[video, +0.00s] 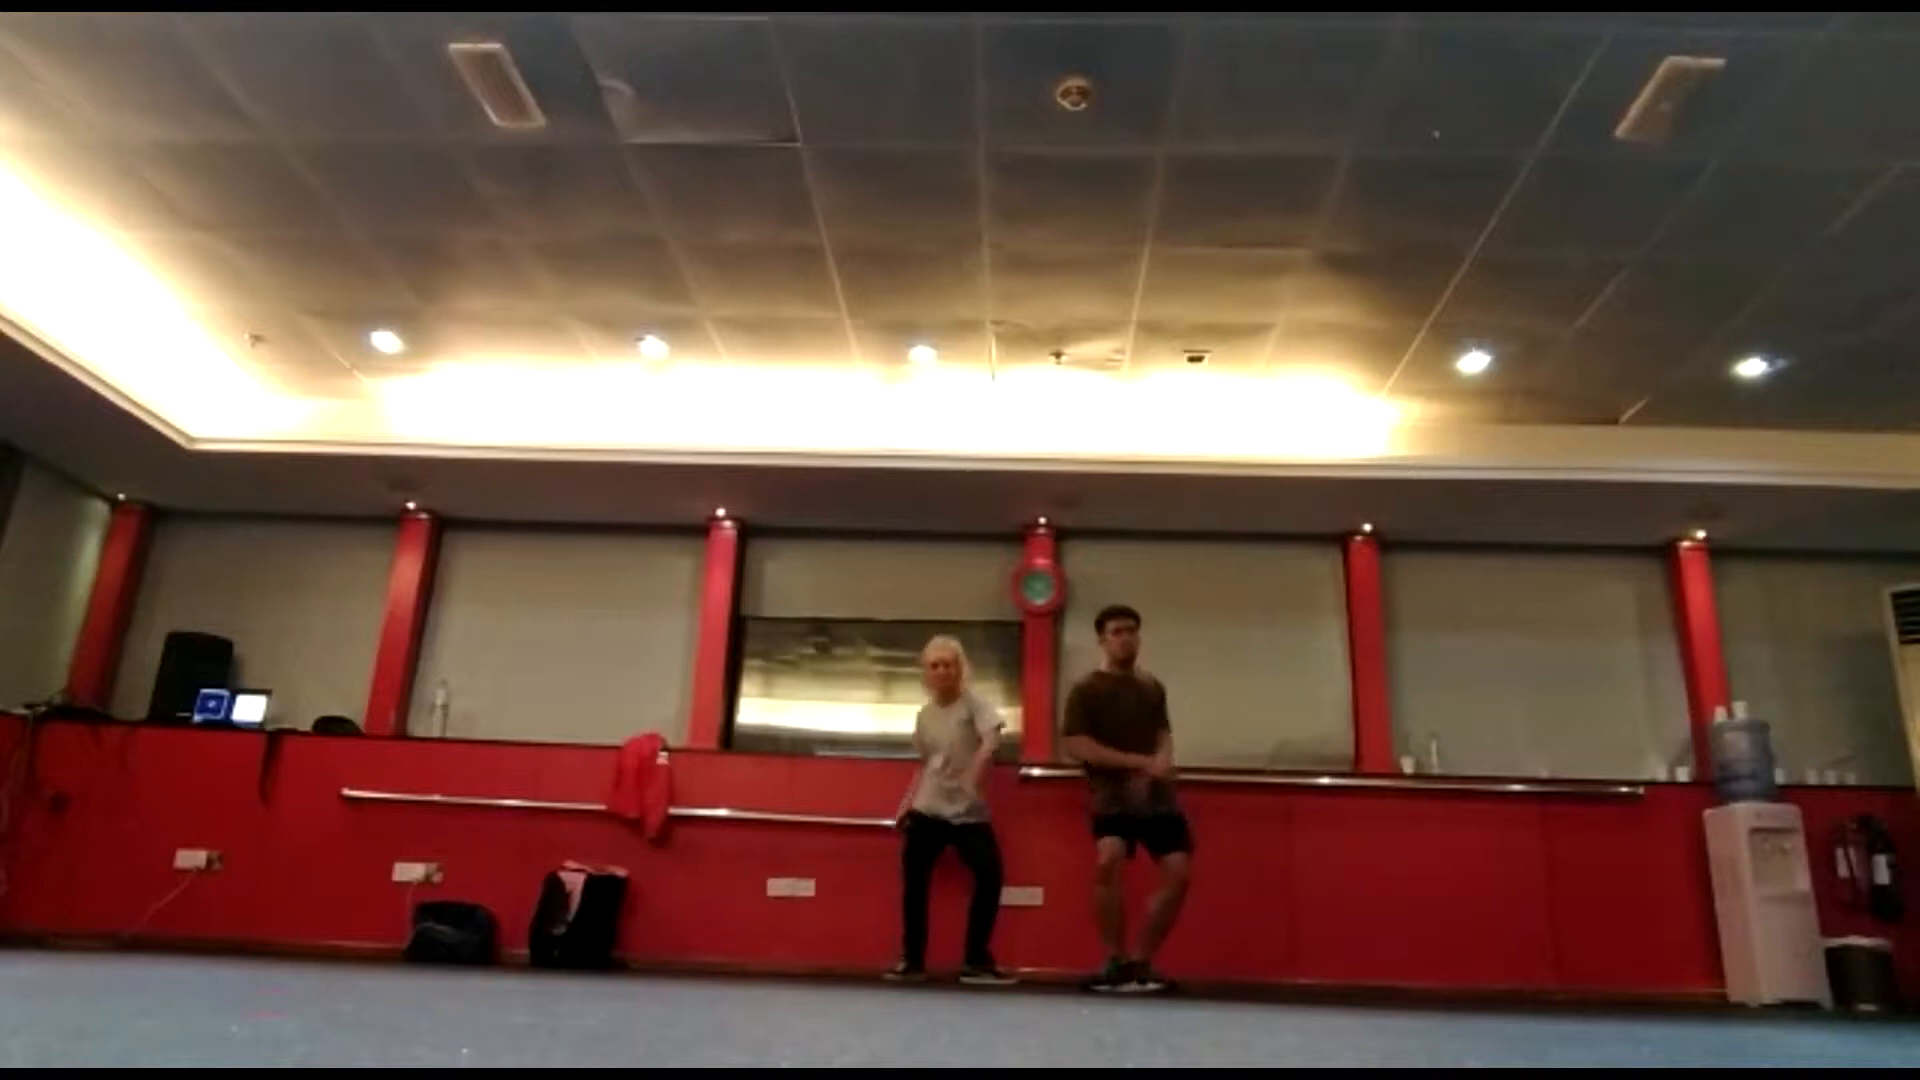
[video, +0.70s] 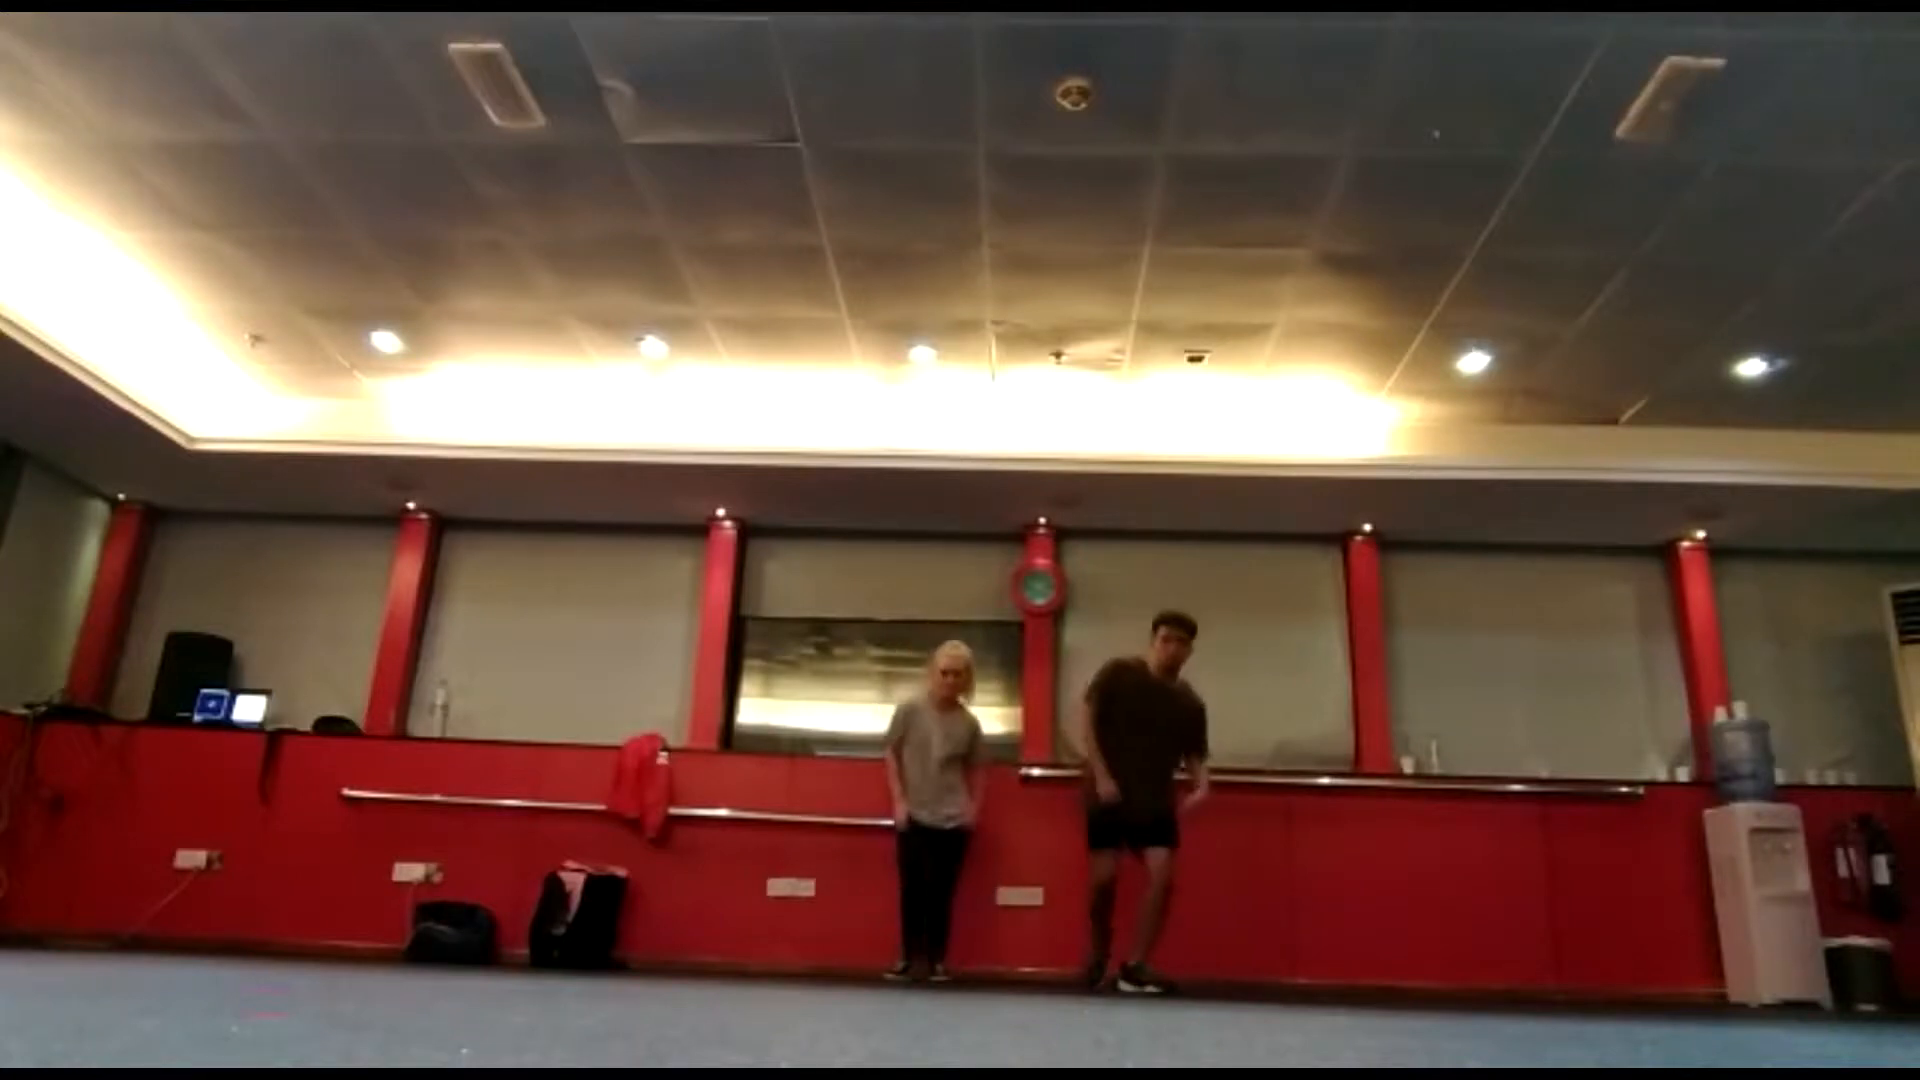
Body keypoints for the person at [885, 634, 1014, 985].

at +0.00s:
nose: (940, 672)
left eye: (946, 665)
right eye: (933, 666)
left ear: (960, 668)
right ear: (924, 671)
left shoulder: (974, 703)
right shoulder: (926, 714)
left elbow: (992, 738)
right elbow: (925, 763)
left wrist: (973, 777)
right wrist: (907, 803)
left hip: (967, 817)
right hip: (927, 815)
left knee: (990, 879)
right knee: (914, 885)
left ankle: (977, 961)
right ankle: (912, 959)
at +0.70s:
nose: (950, 681)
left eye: (957, 675)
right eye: (944, 673)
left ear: (967, 679)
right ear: (932, 674)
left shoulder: (969, 723)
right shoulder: (909, 711)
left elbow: (976, 768)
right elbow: (891, 752)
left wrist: (974, 806)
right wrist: (898, 801)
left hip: (953, 822)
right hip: (915, 819)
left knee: (941, 895)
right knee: (912, 893)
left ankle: (936, 959)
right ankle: (910, 956)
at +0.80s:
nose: (947, 683)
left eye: (954, 675)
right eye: (941, 675)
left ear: (966, 680)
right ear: (929, 677)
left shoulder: (971, 725)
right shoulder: (912, 711)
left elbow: (978, 772)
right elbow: (893, 749)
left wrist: (966, 806)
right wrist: (899, 791)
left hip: (953, 815)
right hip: (918, 807)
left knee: (943, 892)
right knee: (916, 829)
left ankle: (936, 960)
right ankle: (911, 891)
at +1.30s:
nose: (906, 683)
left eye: (913, 675)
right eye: (899, 676)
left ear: (926, 676)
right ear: (890, 679)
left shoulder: (947, 710)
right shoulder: (887, 722)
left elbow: (967, 754)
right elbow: (894, 771)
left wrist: (942, 801)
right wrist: (903, 809)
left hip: (955, 814)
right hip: (916, 814)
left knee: (945, 884)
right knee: (910, 884)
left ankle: (936, 946)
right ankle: (908, 953)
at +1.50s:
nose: (922, 642)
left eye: (929, 634)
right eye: (915, 634)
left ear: (940, 635)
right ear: (903, 635)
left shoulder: (955, 672)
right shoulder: (896, 671)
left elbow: (972, 717)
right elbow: (873, 701)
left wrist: (968, 752)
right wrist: (895, 659)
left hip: (947, 787)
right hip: (903, 786)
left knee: (942, 869)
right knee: (907, 877)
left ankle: (950, 905)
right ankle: (909, 955)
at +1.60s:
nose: (921, 629)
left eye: (929, 621)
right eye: (915, 620)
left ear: (942, 624)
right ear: (902, 622)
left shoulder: (956, 664)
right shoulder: (883, 661)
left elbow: (1007, 678)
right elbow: (823, 658)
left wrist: (1055, 667)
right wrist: (781, 630)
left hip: (947, 776)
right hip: (902, 777)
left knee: (933, 857)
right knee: (907, 864)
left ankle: (934, 942)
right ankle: (909, 949)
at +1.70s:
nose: (920, 650)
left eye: (928, 641)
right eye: (914, 641)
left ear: (939, 644)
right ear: (900, 644)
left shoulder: (952, 684)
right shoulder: (885, 685)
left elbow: (982, 689)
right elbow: (857, 683)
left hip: (944, 789)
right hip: (900, 789)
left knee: (929, 863)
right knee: (904, 869)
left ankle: (923, 938)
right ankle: (907, 950)